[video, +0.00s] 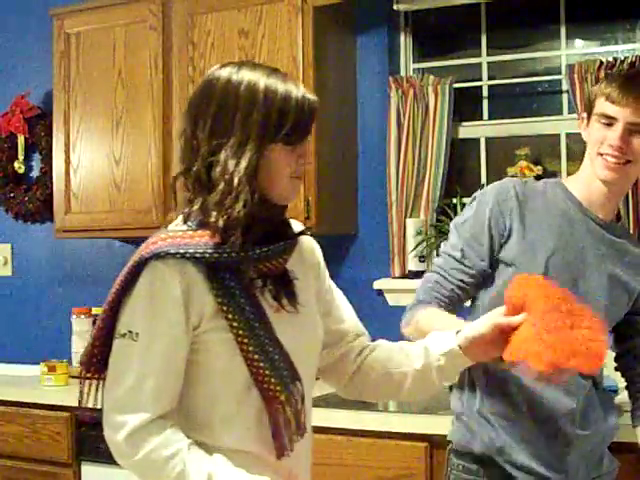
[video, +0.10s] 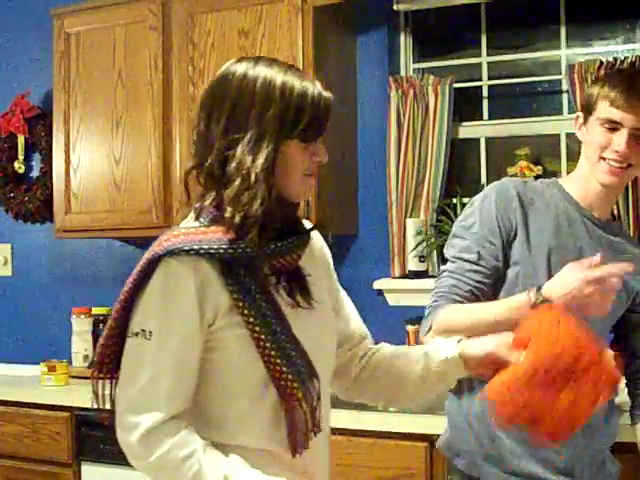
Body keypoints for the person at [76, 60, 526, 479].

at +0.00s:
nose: (308, 159)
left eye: (307, 142)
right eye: (292, 141)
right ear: (236, 147)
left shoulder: (300, 251)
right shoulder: (171, 267)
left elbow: (359, 365)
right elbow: (135, 430)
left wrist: (466, 348)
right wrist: (234, 478)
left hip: (293, 468)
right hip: (215, 471)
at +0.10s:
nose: (322, 156)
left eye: (320, 138)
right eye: (307, 138)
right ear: (253, 144)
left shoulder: (309, 247)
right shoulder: (186, 264)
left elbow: (355, 367)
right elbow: (147, 430)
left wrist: (466, 359)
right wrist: (243, 475)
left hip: (311, 464)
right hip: (236, 469)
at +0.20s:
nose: (335, 152)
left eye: (333, 134)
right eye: (317, 135)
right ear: (262, 140)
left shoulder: (317, 245)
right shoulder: (197, 262)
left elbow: (348, 379)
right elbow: (160, 427)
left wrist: (439, 395)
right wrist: (253, 477)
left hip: (328, 467)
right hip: (249, 469)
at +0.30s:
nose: (346, 152)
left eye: (345, 135)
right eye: (330, 134)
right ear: (273, 136)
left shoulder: (323, 247)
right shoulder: (205, 263)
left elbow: (332, 391)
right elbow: (168, 430)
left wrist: (413, 429)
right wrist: (264, 473)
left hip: (338, 466)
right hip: (258, 468)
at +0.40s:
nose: (355, 151)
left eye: (353, 133)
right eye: (338, 133)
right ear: (283, 137)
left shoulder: (328, 248)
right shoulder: (214, 262)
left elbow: (333, 392)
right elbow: (173, 432)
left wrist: (399, 445)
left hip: (343, 470)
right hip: (270, 468)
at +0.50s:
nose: (363, 150)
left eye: (361, 133)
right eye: (346, 132)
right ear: (290, 137)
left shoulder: (330, 249)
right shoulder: (221, 263)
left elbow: (341, 394)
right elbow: (176, 434)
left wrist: (398, 451)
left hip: (351, 470)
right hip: (274, 468)